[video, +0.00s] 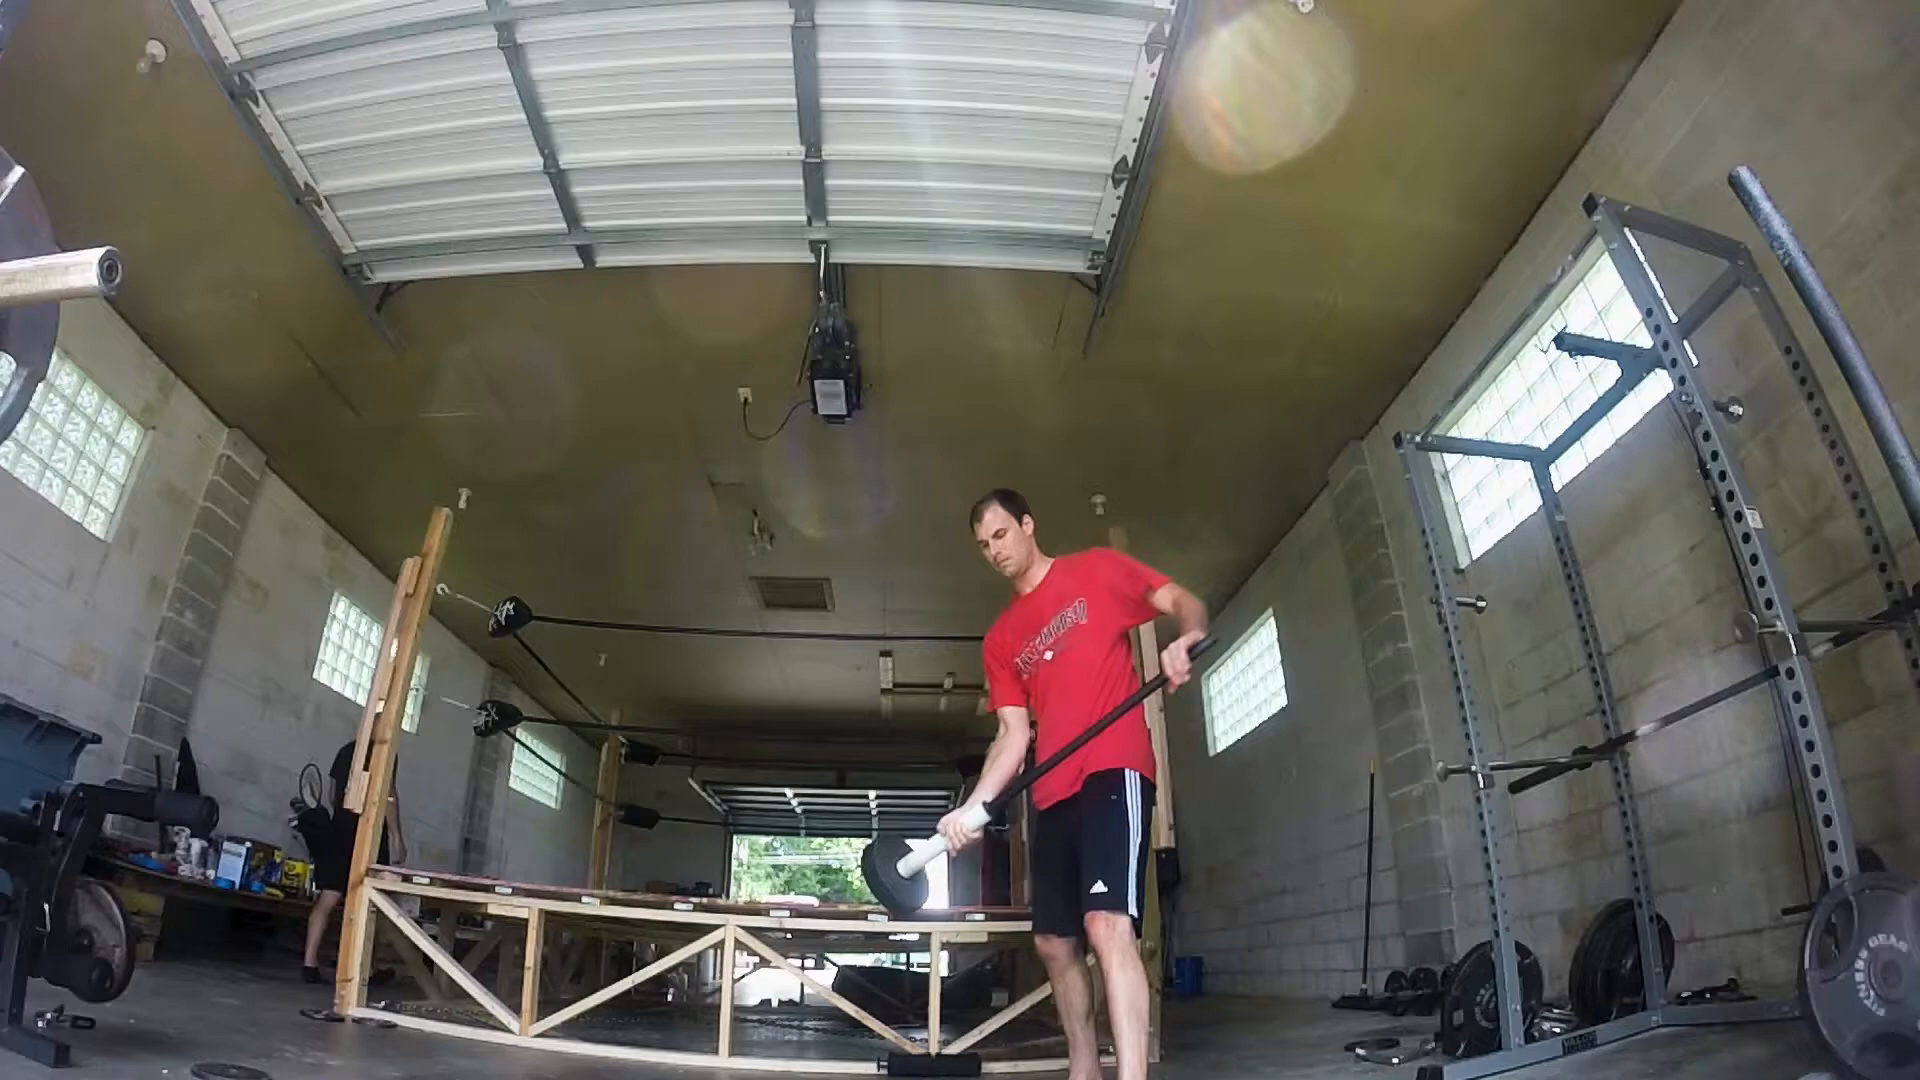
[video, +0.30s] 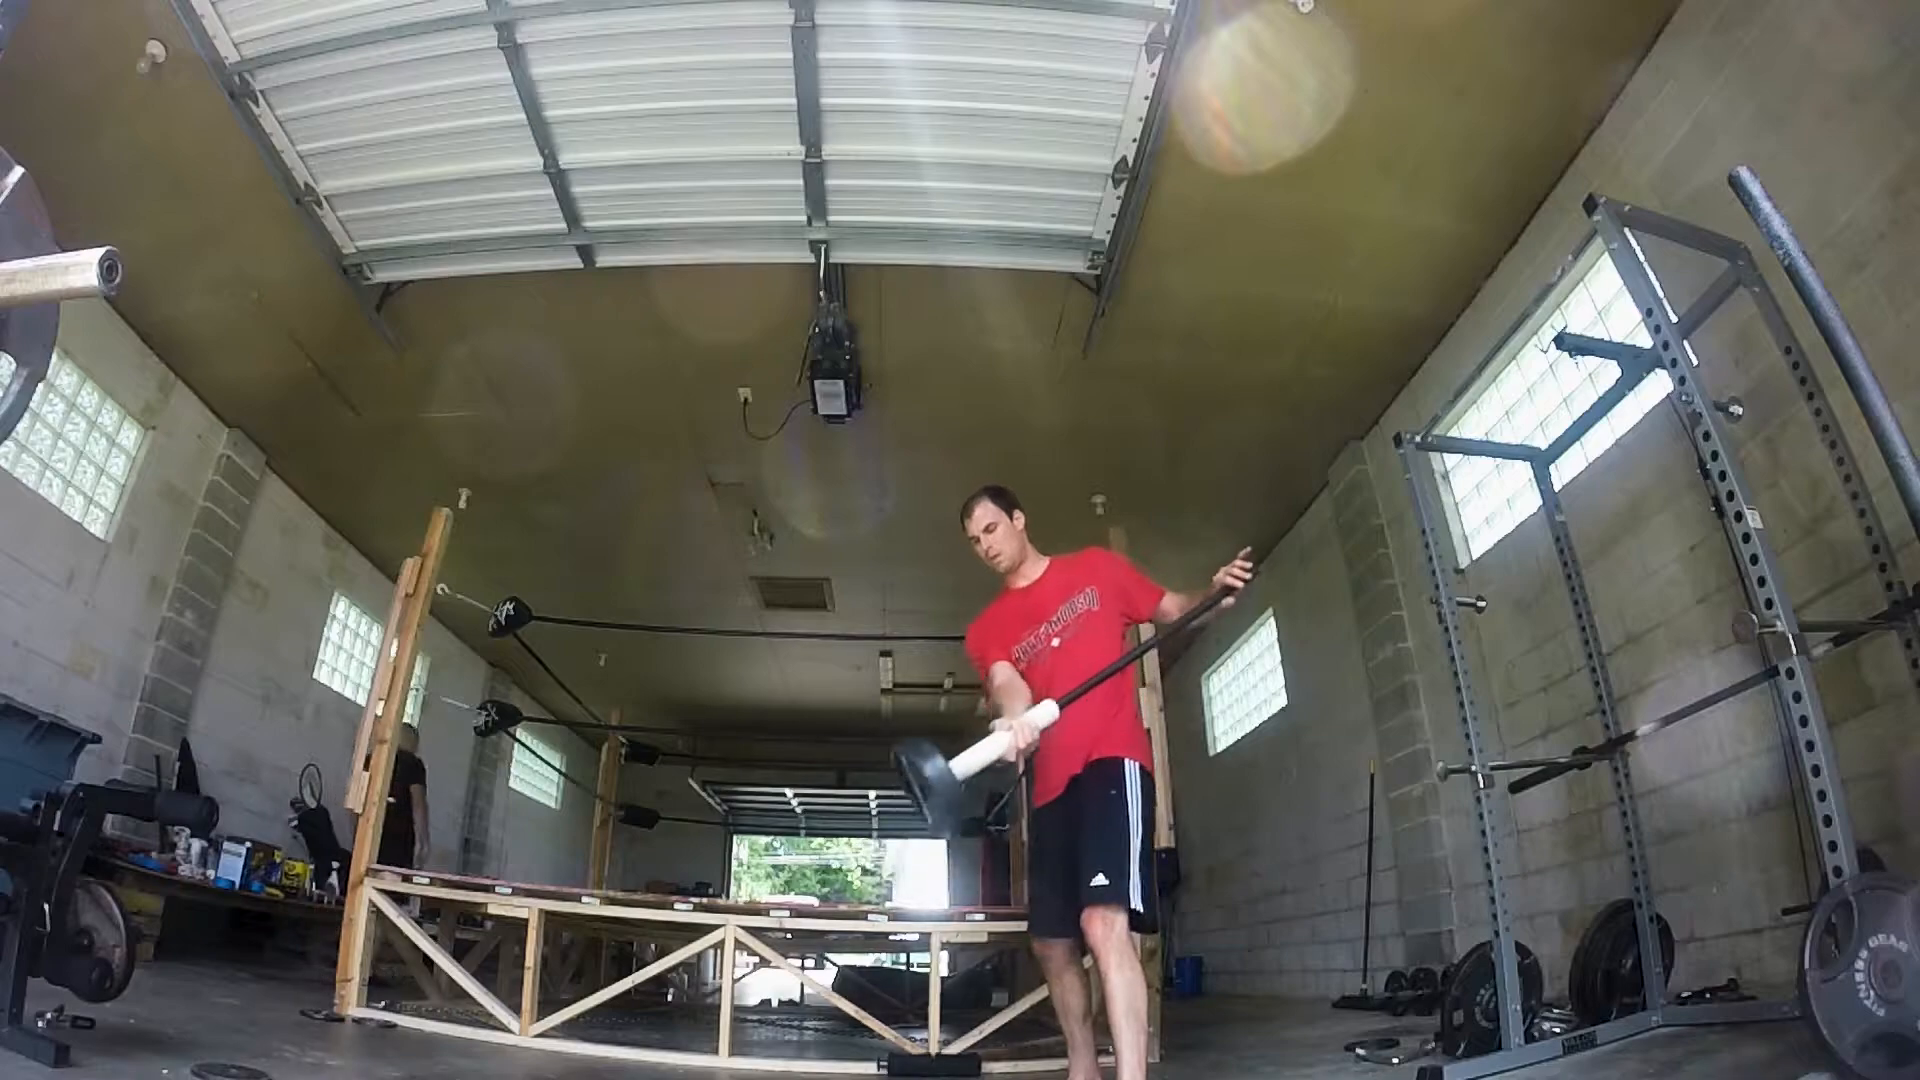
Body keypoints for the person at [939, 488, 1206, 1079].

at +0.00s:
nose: (994, 549)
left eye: (1000, 533)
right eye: (984, 543)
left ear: (1028, 526)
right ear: (982, 552)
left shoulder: (1098, 569)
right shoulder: (1001, 637)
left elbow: (1187, 604)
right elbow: (1014, 733)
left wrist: (1185, 638)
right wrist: (973, 806)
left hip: (1115, 764)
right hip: (1054, 787)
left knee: (1106, 922)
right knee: (1052, 940)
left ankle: (1132, 1075)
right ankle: (1085, 1071)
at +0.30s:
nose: (985, 544)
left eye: (991, 528)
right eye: (975, 539)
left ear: (1019, 520)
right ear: (973, 550)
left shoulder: (1095, 567)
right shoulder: (987, 625)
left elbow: (1173, 609)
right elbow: (1004, 682)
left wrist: (1215, 593)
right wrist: (1014, 718)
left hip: (1112, 755)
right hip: (1049, 775)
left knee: (1103, 922)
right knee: (1050, 941)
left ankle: (1132, 1075)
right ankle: (1083, 1072)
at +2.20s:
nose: (945, 587)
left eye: (943, 574)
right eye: (939, 579)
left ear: (967, 554)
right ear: (985, 551)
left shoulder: (961, 607)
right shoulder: (1060, 588)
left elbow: (940, 664)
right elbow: (1095, 595)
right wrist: (1096, 521)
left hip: (1046, 777)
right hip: (1090, 777)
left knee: (1034, 929)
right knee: (1063, 939)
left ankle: (1108, 1074)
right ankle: (1085, 1074)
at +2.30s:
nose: (941, 589)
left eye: (940, 573)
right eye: (935, 578)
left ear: (970, 552)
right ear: (985, 556)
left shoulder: (966, 604)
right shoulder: (1056, 590)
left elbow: (933, 671)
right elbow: (1085, 604)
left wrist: (959, 612)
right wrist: (1089, 539)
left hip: (1048, 775)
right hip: (1087, 776)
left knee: (1039, 928)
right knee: (1059, 935)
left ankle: (1110, 1073)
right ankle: (1084, 1073)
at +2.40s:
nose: (944, 584)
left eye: (945, 569)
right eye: (937, 577)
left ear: (974, 548)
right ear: (979, 551)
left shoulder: (977, 597)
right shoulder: (1052, 590)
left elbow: (924, 685)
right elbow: (1072, 633)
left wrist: (943, 665)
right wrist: (1076, 572)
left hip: (1055, 769)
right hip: (1083, 768)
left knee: (1046, 924)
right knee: (1058, 930)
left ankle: (1112, 1073)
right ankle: (1083, 1072)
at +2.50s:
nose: (946, 583)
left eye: (947, 567)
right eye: (939, 575)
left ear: (974, 545)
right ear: (980, 549)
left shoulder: (984, 592)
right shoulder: (1051, 593)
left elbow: (930, 693)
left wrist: (918, 718)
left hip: (1066, 765)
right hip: (1078, 765)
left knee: (1058, 924)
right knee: (1052, 929)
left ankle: (1116, 1073)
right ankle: (1084, 1072)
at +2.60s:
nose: (950, 580)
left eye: (952, 564)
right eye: (943, 574)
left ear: (978, 544)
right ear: (984, 550)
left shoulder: (994, 588)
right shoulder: (1042, 590)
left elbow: (954, 703)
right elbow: (1064, 684)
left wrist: (929, 745)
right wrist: (1023, 742)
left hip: (1075, 764)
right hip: (1067, 769)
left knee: (1070, 925)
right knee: (1052, 932)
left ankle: (1120, 1075)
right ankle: (1086, 1074)